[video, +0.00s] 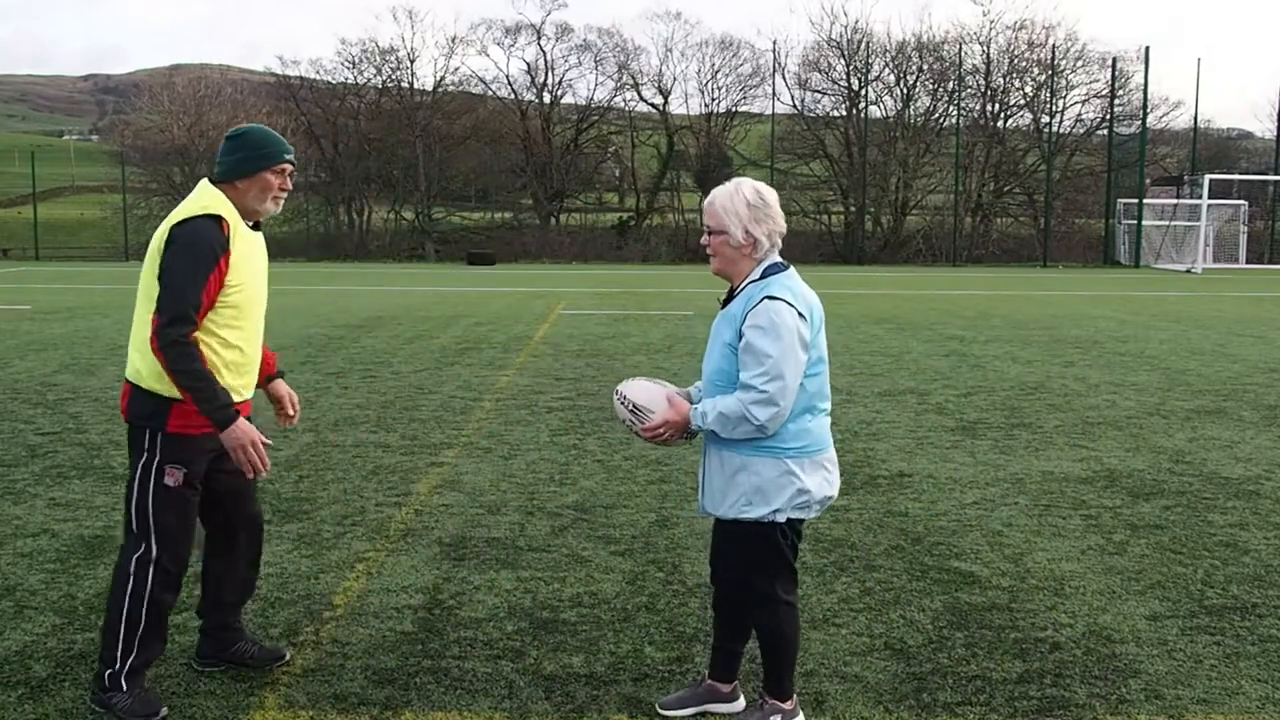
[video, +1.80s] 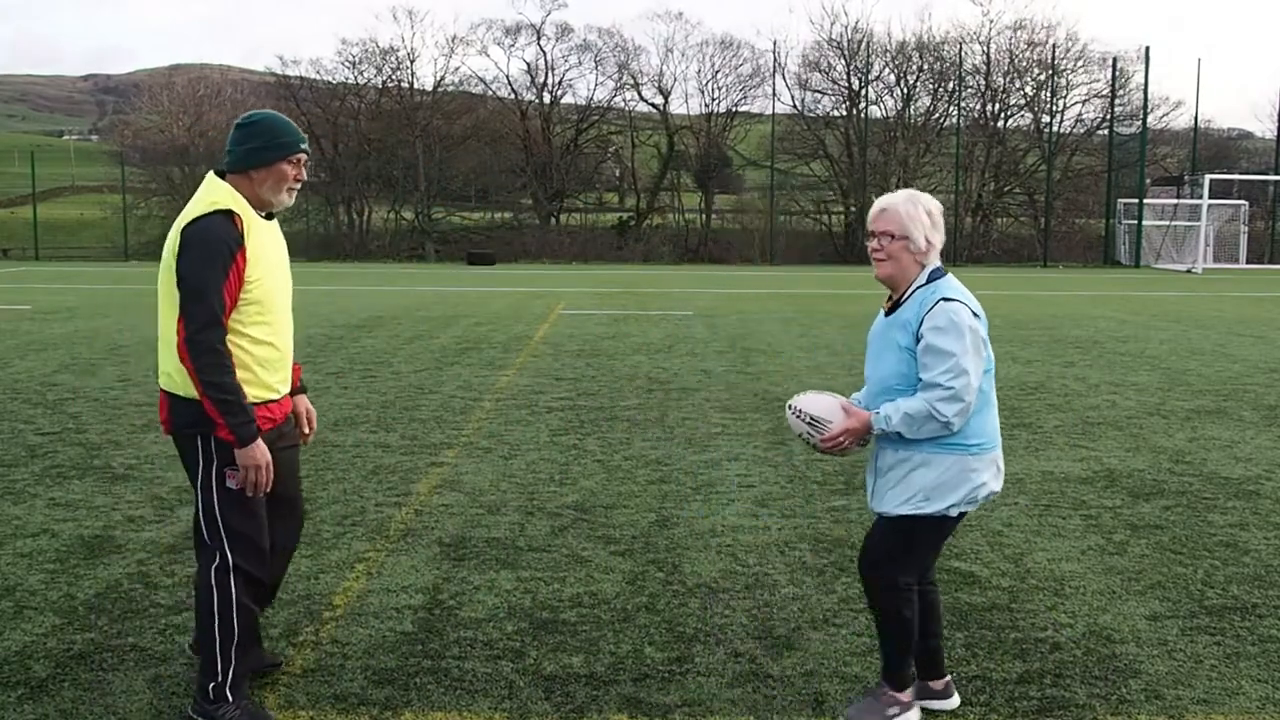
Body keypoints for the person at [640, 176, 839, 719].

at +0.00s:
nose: (704, 243)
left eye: (714, 233)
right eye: (704, 231)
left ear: (750, 240)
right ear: (745, 241)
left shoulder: (775, 306)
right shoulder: (750, 297)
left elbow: (765, 407)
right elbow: (735, 382)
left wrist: (695, 415)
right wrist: (683, 402)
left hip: (775, 474)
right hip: (743, 469)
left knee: (769, 589)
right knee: (729, 579)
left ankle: (780, 703)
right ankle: (721, 685)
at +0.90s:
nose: (732, 244)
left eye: (742, 235)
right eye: (733, 234)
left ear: (778, 244)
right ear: (770, 245)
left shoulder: (804, 313)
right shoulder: (771, 302)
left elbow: (789, 416)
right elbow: (751, 383)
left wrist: (716, 421)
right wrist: (702, 401)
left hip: (796, 478)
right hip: (763, 470)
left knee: (774, 584)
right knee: (740, 563)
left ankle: (781, 699)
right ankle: (770, 674)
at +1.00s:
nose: (737, 245)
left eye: (747, 236)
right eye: (737, 235)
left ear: (783, 244)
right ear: (774, 244)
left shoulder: (810, 313)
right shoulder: (776, 301)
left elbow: (797, 415)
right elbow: (758, 383)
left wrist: (723, 422)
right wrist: (708, 402)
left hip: (802, 476)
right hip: (770, 467)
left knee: (778, 585)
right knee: (754, 563)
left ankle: (780, 701)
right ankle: (814, 665)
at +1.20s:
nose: (754, 247)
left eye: (763, 238)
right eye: (755, 236)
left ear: (798, 244)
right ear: (790, 245)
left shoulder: (828, 314)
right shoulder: (795, 304)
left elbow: (817, 413)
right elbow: (776, 384)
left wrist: (740, 422)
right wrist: (728, 403)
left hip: (826, 475)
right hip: (803, 469)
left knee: (785, 581)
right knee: (813, 574)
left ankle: (780, 702)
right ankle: (892, 653)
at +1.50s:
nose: (811, 252)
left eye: (823, 242)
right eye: (809, 241)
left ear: (860, 249)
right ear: (848, 251)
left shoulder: (880, 316)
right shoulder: (851, 308)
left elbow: (872, 414)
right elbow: (834, 390)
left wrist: (802, 424)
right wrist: (785, 413)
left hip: (880, 480)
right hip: (862, 475)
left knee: (830, 582)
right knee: (874, 578)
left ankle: (786, 699)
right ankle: (931, 677)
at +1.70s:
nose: (854, 250)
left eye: (867, 241)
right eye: (851, 240)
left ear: (903, 248)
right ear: (850, 245)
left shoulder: (924, 314)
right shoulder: (886, 309)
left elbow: (926, 410)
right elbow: (872, 390)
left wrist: (851, 424)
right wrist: (826, 418)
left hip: (928, 473)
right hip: (898, 468)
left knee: (859, 563)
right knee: (896, 573)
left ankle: (830, 693)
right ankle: (933, 681)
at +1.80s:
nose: (875, 247)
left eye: (888, 237)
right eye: (871, 237)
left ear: (924, 243)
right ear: (869, 242)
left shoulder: (946, 310)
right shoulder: (900, 308)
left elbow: (948, 403)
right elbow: (888, 386)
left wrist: (874, 422)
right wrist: (846, 412)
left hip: (948, 468)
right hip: (917, 463)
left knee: (881, 562)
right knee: (913, 570)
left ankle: (898, 693)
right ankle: (933, 681)